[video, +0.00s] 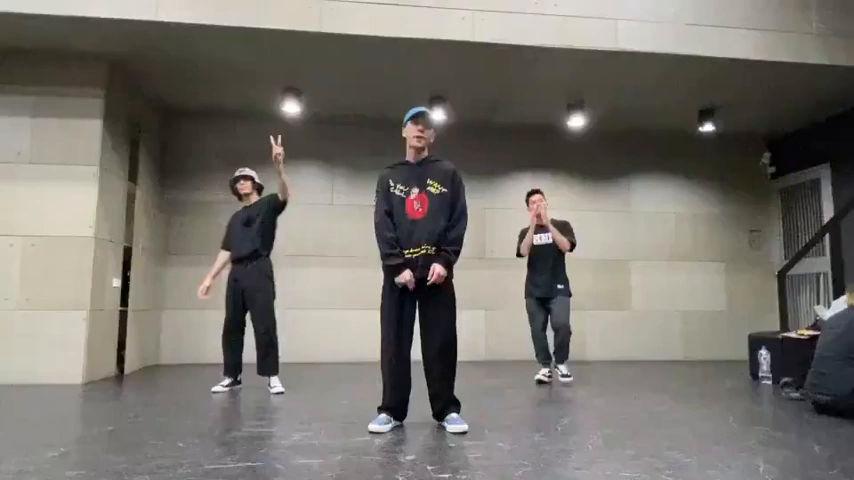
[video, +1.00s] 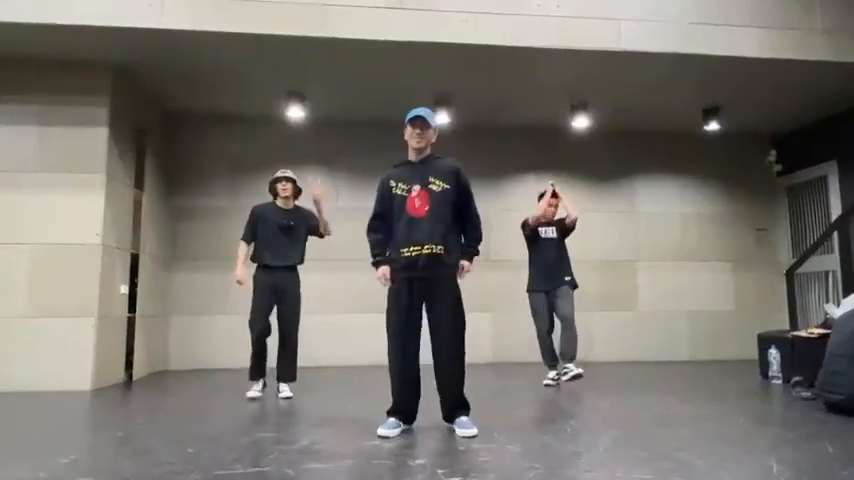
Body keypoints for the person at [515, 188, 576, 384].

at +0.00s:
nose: (538, 205)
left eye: (540, 201)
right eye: (533, 203)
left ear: (546, 203)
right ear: (528, 208)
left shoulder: (561, 225)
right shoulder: (526, 232)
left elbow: (567, 247)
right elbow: (522, 252)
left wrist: (548, 224)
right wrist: (533, 225)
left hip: (558, 286)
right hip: (534, 288)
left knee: (561, 325)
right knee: (537, 329)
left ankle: (561, 364)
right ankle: (545, 366)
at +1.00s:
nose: (552, 209)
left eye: (555, 206)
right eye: (549, 205)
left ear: (558, 208)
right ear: (540, 206)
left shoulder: (560, 227)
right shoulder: (530, 228)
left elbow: (572, 219)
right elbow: (532, 222)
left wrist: (562, 199)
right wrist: (544, 203)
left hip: (561, 280)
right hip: (538, 283)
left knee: (568, 318)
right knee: (543, 328)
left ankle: (567, 363)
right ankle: (552, 368)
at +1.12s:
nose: (554, 213)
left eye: (557, 210)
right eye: (551, 209)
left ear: (560, 210)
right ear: (543, 207)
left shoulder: (562, 226)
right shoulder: (530, 227)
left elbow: (575, 223)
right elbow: (537, 220)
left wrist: (568, 199)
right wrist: (552, 199)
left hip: (564, 281)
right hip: (540, 284)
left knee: (565, 321)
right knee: (545, 328)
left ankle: (565, 367)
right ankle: (554, 368)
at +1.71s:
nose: (568, 198)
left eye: (571, 194)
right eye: (565, 193)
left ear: (575, 196)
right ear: (554, 193)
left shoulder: (581, 219)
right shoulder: (541, 218)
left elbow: (586, 248)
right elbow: (533, 245)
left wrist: (586, 268)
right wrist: (527, 266)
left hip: (576, 277)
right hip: (550, 277)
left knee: (576, 321)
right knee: (554, 318)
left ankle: (569, 363)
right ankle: (556, 354)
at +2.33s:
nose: (556, 181)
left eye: (559, 178)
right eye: (552, 178)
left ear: (563, 184)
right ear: (543, 184)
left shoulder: (573, 211)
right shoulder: (532, 212)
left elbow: (579, 239)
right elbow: (524, 243)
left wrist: (577, 255)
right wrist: (538, 262)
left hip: (569, 274)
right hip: (543, 276)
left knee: (576, 318)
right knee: (546, 321)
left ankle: (575, 361)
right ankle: (553, 362)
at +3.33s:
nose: (563, 173)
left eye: (564, 170)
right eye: (558, 171)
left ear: (568, 174)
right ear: (550, 176)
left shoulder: (580, 201)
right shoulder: (541, 198)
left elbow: (585, 233)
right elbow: (546, 192)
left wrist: (583, 253)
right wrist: (546, 165)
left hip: (571, 258)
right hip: (548, 253)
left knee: (577, 310)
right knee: (549, 274)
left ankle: (574, 356)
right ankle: (550, 302)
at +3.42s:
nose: (562, 173)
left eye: (564, 170)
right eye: (557, 170)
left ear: (567, 175)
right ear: (548, 175)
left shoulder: (579, 200)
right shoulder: (539, 197)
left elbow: (583, 231)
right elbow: (538, 217)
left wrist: (582, 251)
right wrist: (553, 189)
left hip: (569, 258)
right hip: (544, 255)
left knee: (575, 306)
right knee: (536, 284)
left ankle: (574, 354)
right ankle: (540, 316)